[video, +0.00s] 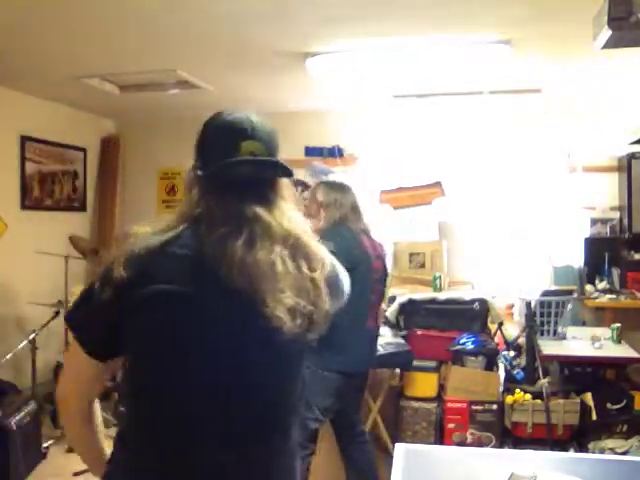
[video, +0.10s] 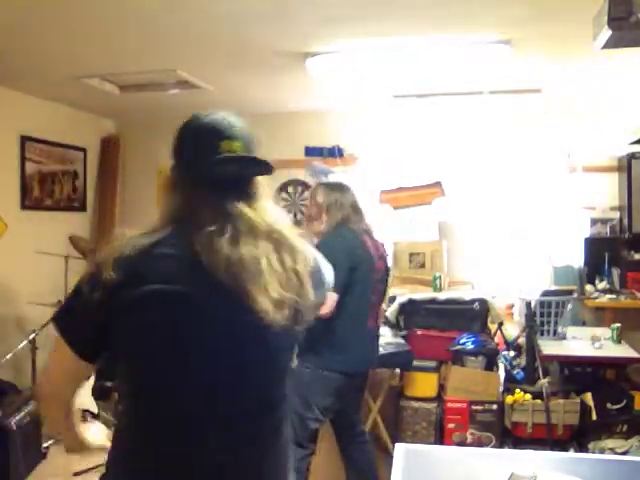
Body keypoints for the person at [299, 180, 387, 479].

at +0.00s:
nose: (310, 213)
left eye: (314, 206)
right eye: (310, 205)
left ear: (330, 207)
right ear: (350, 206)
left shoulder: (333, 242)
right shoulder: (371, 244)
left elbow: (312, 295)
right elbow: (373, 302)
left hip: (327, 354)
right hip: (359, 355)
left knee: (300, 440)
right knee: (352, 431)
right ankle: (367, 475)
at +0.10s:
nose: (310, 213)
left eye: (314, 206)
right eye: (311, 206)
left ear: (329, 208)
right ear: (350, 206)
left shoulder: (336, 242)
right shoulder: (370, 242)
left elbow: (324, 305)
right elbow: (372, 303)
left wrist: (286, 304)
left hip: (326, 358)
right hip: (358, 358)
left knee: (296, 442)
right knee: (351, 430)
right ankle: (366, 475)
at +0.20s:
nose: (309, 213)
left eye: (313, 206)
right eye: (309, 206)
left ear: (330, 209)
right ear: (349, 207)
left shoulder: (336, 242)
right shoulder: (370, 243)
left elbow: (323, 306)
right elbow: (368, 306)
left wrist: (285, 293)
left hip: (327, 360)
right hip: (358, 359)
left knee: (294, 442)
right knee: (351, 431)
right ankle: (366, 476)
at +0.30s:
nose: (307, 210)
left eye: (312, 203)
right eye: (308, 203)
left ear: (328, 207)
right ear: (349, 206)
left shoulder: (338, 240)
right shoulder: (368, 241)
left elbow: (324, 307)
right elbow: (362, 304)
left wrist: (280, 294)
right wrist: (311, 292)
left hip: (328, 361)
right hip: (358, 360)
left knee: (295, 445)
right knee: (352, 433)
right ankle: (367, 476)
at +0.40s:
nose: (308, 207)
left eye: (314, 201)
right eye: (310, 200)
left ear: (330, 207)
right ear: (349, 207)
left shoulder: (338, 240)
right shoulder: (368, 242)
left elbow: (325, 307)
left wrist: (279, 294)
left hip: (328, 361)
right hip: (358, 360)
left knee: (295, 445)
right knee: (352, 433)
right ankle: (368, 475)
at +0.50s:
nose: (308, 207)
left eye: (313, 201)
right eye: (309, 200)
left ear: (330, 207)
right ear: (349, 207)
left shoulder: (338, 241)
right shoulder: (367, 242)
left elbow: (326, 307)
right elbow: (361, 305)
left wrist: (280, 295)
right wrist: (310, 297)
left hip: (327, 362)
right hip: (358, 361)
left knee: (296, 445)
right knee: (352, 433)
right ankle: (368, 476)